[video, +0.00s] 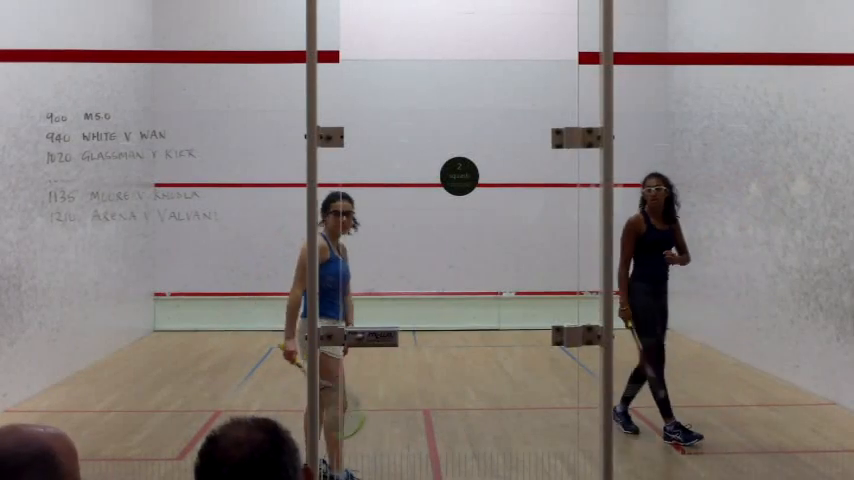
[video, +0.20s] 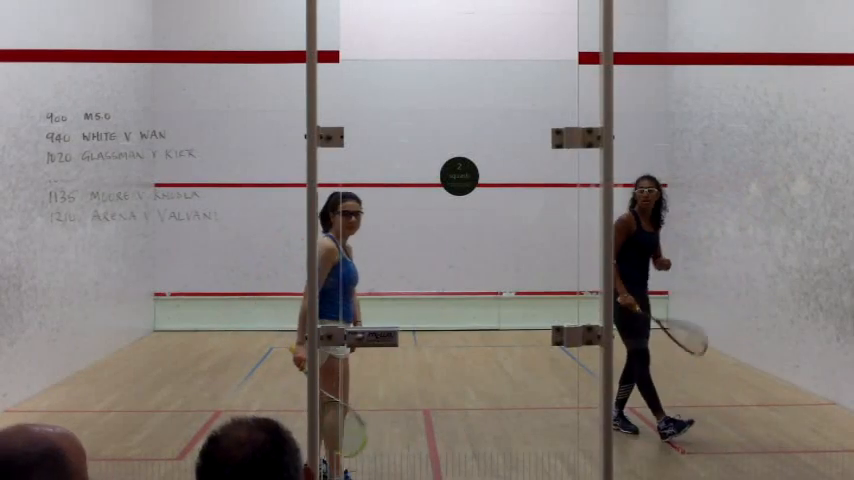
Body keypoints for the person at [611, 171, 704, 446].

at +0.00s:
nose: (652, 191)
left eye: (658, 188)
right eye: (648, 188)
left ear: (668, 193)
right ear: (642, 193)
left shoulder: (671, 223)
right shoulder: (635, 224)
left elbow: (685, 257)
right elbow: (623, 265)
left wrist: (676, 259)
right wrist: (624, 302)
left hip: (660, 294)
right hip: (638, 295)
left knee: (651, 357)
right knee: (654, 357)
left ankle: (621, 408)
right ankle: (670, 424)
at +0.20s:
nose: (645, 194)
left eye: (650, 190)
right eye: (641, 190)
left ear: (658, 196)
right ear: (634, 195)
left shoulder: (653, 224)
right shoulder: (625, 222)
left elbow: (655, 259)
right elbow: (609, 260)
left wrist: (662, 263)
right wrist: (622, 293)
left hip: (641, 295)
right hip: (623, 296)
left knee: (636, 356)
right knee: (640, 356)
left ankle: (616, 413)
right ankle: (663, 421)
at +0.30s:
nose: (641, 193)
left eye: (646, 190)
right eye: (637, 189)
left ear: (653, 196)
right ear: (629, 193)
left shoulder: (645, 224)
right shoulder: (618, 221)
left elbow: (642, 258)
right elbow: (600, 258)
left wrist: (653, 268)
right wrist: (619, 286)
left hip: (634, 295)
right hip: (615, 296)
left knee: (632, 354)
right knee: (634, 353)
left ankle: (616, 412)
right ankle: (649, 419)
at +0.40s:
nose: (634, 192)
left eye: (639, 188)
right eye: (630, 188)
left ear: (646, 194)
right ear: (623, 192)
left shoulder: (639, 222)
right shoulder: (614, 218)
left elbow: (633, 256)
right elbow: (593, 253)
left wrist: (648, 272)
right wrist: (613, 281)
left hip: (626, 291)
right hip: (607, 292)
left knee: (628, 351)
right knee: (627, 351)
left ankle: (620, 412)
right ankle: (618, 413)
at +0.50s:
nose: (626, 192)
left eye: (631, 188)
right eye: (622, 187)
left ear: (638, 194)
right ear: (613, 191)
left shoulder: (631, 222)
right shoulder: (603, 219)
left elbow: (627, 257)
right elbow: (584, 252)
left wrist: (645, 276)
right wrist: (608, 279)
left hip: (621, 293)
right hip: (601, 293)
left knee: (622, 351)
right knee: (613, 351)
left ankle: (615, 411)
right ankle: (594, 411)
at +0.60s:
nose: (614, 191)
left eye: (619, 187)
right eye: (610, 187)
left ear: (628, 193)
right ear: (604, 191)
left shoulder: (623, 223)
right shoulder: (595, 220)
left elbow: (622, 259)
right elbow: (575, 254)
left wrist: (642, 279)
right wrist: (600, 281)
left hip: (615, 293)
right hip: (593, 294)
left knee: (618, 355)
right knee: (600, 355)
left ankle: (615, 412)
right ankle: (566, 403)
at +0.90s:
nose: (584, 190)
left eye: (588, 186)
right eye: (579, 187)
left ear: (597, 192)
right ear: (572, 193)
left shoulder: (599, 222)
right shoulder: (563, 221)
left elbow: (598, 258)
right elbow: (542, 257)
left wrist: (617, 274)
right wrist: (564, 282)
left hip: (589, 294)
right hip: (563, 295)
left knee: (602, 355)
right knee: (560, 353)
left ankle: (614, 412)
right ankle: (542, 410)